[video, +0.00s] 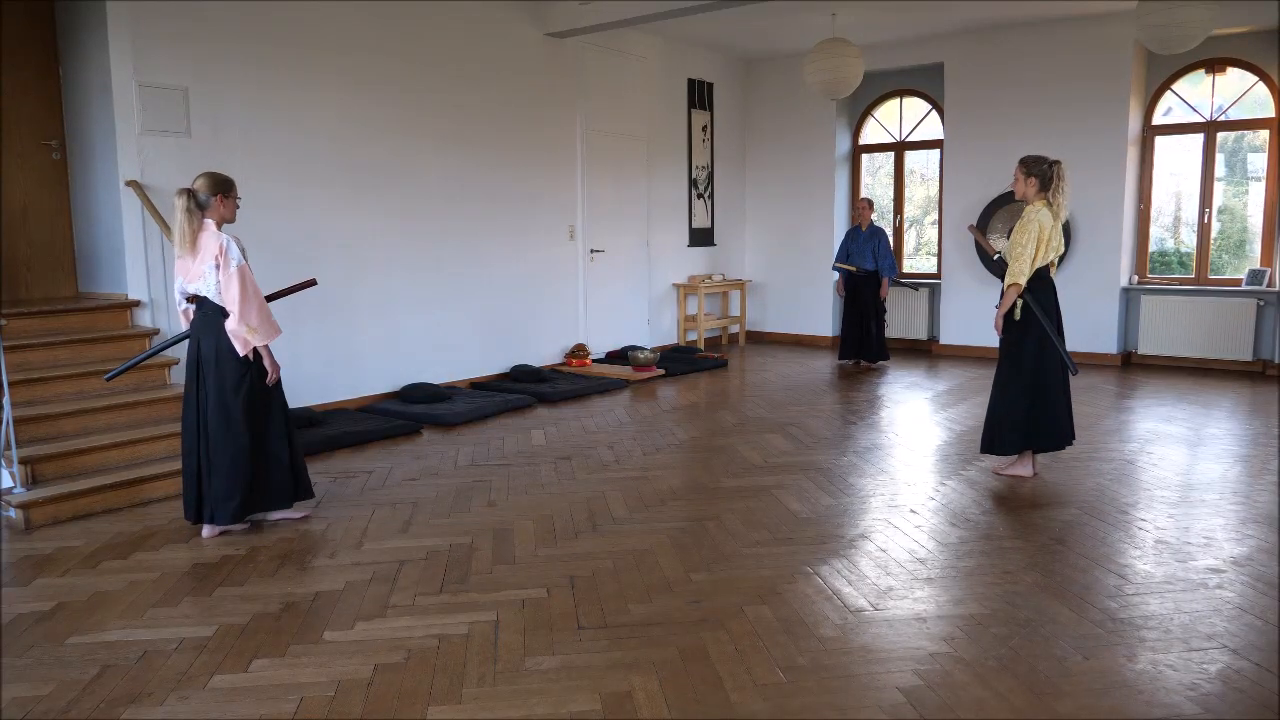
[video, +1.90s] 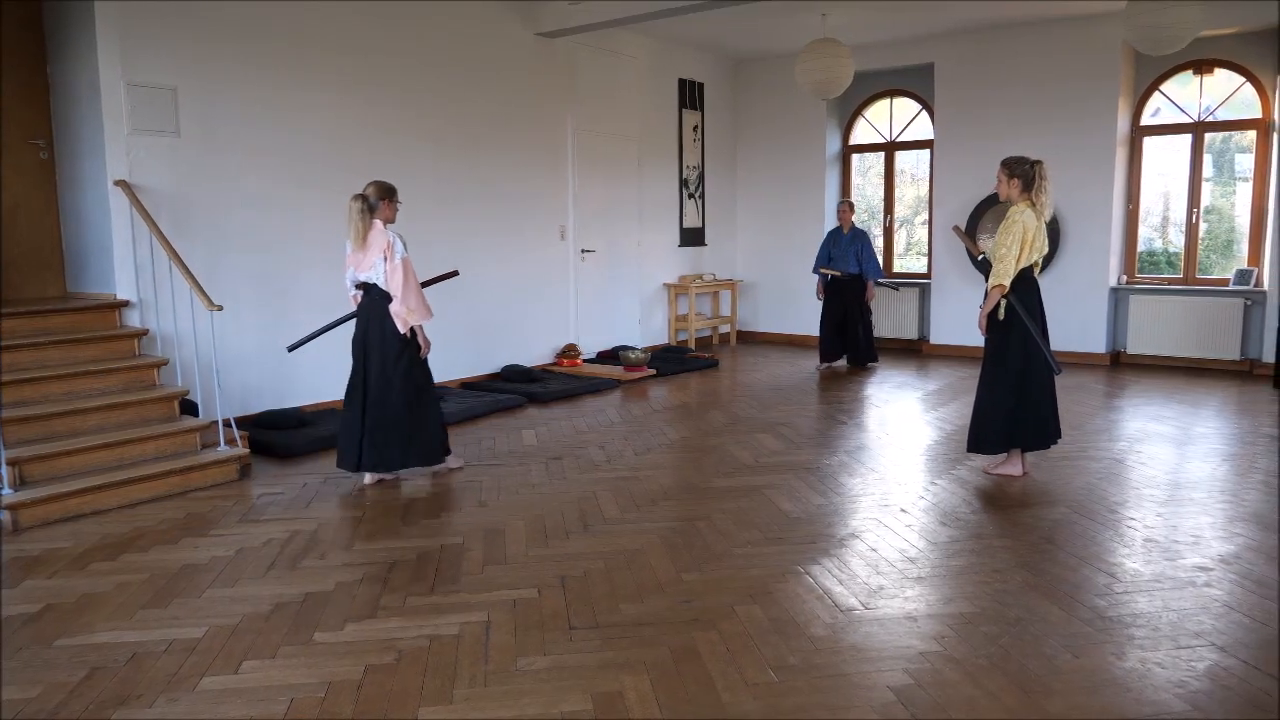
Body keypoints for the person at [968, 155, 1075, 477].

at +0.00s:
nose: (1013, 184)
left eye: (1016, 178)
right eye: (1014, 178)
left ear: (1032, 182)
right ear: (1036, 182)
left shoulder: (1032, 217)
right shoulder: (1050, 213)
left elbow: (1021, 267)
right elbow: (1019, 255)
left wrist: (1002, 308)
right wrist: (987, 243)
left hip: (1028, 301)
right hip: (1042, 298)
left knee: (1025, 375)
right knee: (1034, 375)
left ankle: (1025, 459)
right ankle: (1026, 455)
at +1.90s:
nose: (996, 186)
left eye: (1000, 181)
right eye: (997, 180)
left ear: (1015, 183)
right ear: (1022, 184)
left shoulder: (1016, 217)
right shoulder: (1034, 215)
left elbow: (1005, 268)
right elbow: (1008, 261)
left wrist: (985, 308)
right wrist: (977, 250)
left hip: (1013, 301)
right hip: (1026, 298)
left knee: (1012, 375)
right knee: (1018, 375)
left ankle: (1014, 458)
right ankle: (1015, 454)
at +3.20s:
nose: (956, 192)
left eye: (959, 187)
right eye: (957, 186)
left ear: (975, 188)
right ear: (980, 189)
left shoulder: (976, 218)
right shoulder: (995, 215)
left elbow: (983, 265)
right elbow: (996, 257)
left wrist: (950, 277)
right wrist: (956, 250)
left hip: (978, 304)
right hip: (991, 301)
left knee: (988, 376)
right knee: (984, 375)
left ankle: (999, 458)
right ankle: (984, 449)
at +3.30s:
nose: (945, 195)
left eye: (948, 190)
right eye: (945, 189)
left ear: (963, 191)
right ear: (969, 191)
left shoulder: (965, 220)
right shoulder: (984, 217)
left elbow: (971, 265)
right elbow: (981, 258)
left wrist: (942, 266)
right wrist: (940, 252)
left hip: (966, 303)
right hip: (981, 300)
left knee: (950, 373)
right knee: (985, 375)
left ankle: (997, 459)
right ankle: (949, 443)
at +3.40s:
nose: (930, 200)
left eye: (933, 194)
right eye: (931, 194)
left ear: (949, 196)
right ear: (954, 196)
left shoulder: (951, 226)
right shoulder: (970, 222)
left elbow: (951, 272)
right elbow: (974, 263)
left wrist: (926, 270)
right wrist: (934, 261)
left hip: (955, 306)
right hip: (969, 302)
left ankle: (996, 459)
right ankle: (930, 445)